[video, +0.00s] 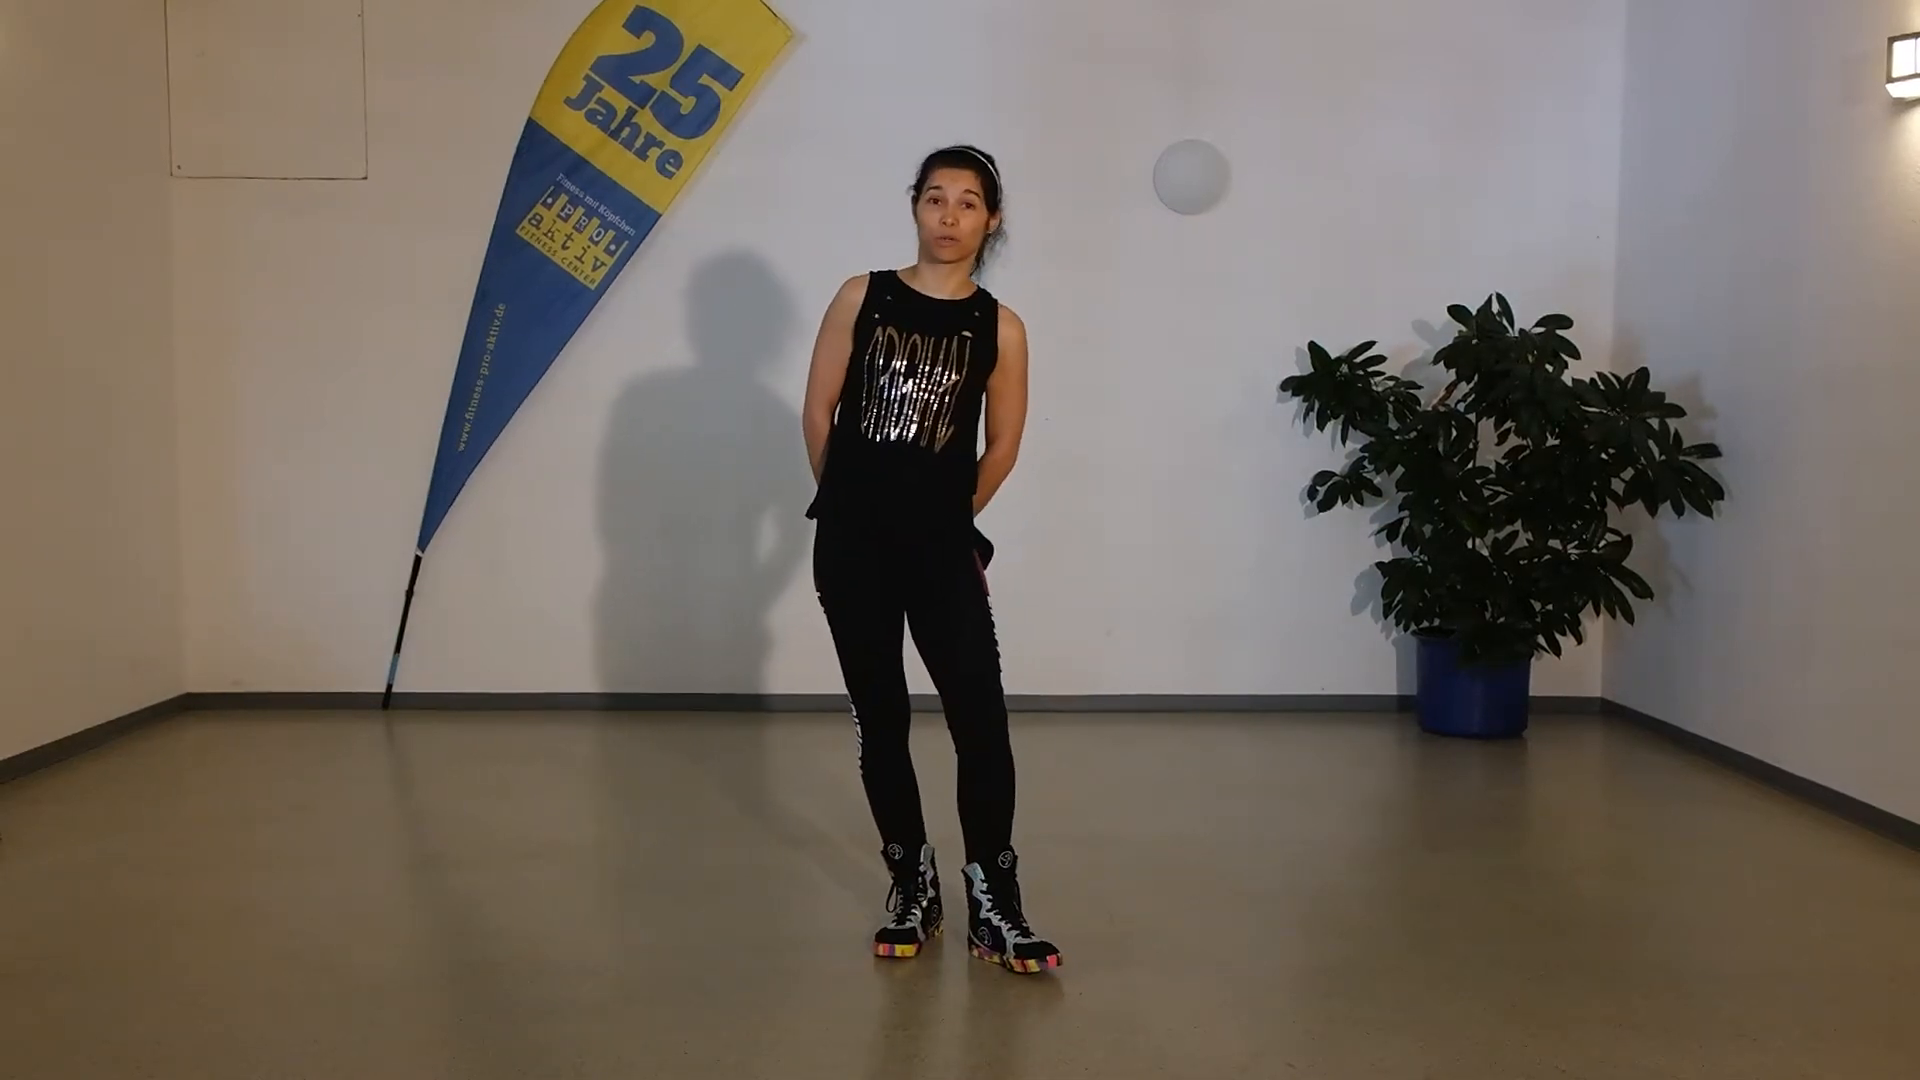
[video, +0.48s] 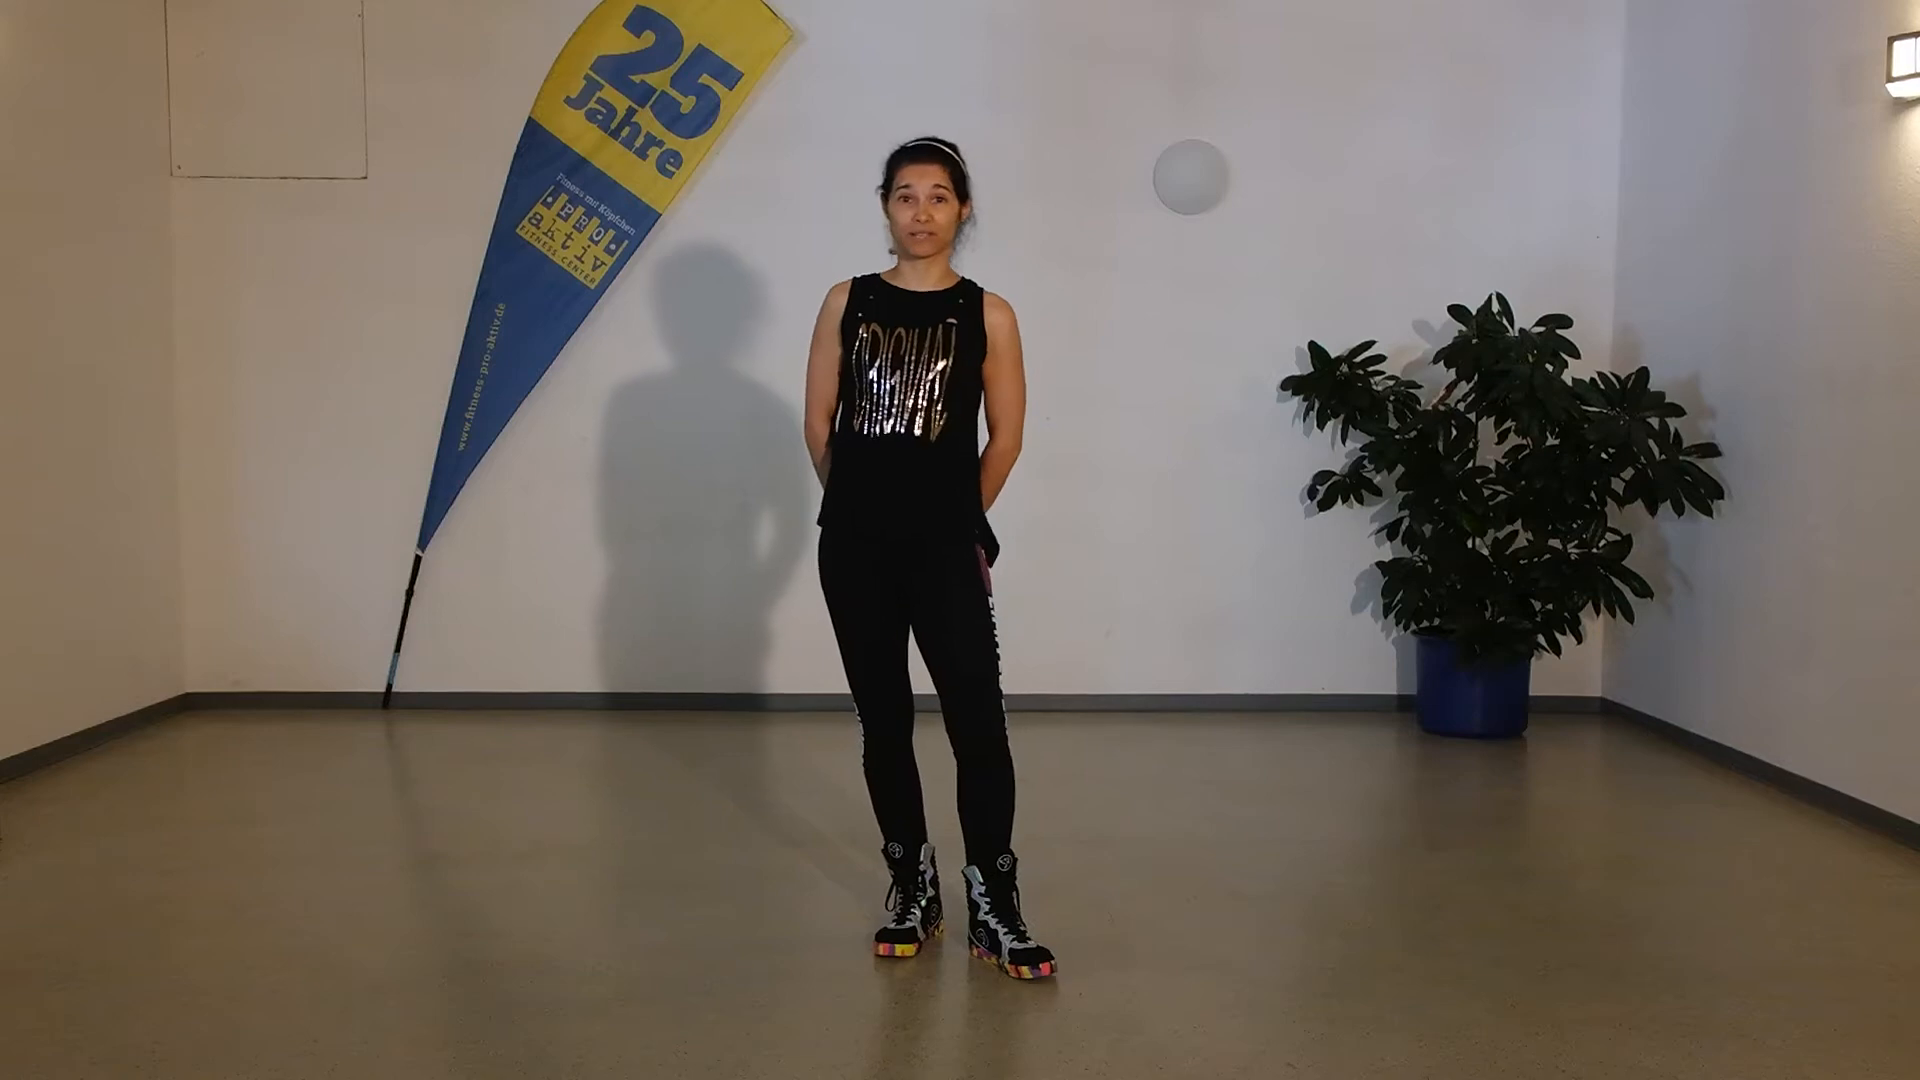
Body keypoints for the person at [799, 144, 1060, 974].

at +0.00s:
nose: (948, 213)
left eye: (966, 203)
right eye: (935, 198)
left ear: (989, 222)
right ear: (913, 211)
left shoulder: (1000, 327)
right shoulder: (860, 297)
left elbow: (1003, 445)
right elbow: (817, 411)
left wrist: (952, 515)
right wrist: (839, 498)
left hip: (944, 539)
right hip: (852, 534)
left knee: (980, 720)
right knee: (881, 720)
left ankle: (994, 903)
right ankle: (911, 889)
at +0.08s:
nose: (946, 212)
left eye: (964, 202)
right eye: (933, 198)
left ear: (988, 221)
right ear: (911, 211)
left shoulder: (999, 326)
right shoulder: (859, 296)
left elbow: (1003, 446)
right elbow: (815, 411)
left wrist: (950, 515)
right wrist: (838, 497)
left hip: (943, 539)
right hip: (851, 534)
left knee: (979, 720)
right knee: (880, 719)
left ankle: (993, 902)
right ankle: (911, 888)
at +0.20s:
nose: (941, 210)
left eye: (959, 199)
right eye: (927, 196)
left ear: (981, 218)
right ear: (905, 210)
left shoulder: (996, 324)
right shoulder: (856, 297)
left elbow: (1002, 445)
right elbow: (814, 415)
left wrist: (951, 516)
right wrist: (838, 498)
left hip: (942, 539)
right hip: (850, 533)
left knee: (979, 722)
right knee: (880, 721)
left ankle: (993, 904)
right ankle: (910, 886)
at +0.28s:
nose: (934, 211)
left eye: (952, 199)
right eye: (920, 197)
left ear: (976, 217)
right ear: (900, 210)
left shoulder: (994, 322)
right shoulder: (853, 298)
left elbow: (1002, 446)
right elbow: (815, 419)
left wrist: (951, 520)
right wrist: (842, 500)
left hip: (943, 542)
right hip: (851, 538)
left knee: (978, 725)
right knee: (881, 724)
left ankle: (993, 903)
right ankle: (910, 888)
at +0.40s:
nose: (926, 211)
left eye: (943, 198)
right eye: (911, 197)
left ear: (966, 215)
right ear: (891, 211)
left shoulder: (990, 317)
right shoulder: (849, 301)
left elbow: (1005, 439)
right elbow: (817, 426)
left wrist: (960, 521)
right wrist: (848, 503)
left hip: (946, 542)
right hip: (854, 539)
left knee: (978, 726)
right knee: (883, 725)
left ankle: (993, 907)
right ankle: (911, 893)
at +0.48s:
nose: (920, 208)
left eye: (937, 195)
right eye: (905, 195)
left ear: (961, 211)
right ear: (886, 209)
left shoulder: (989, 313)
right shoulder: (847, 301)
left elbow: (1007, 434)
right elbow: (818, 425)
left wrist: (964, 518)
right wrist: (851, 502)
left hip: (948, 539)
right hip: (855, 537)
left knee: (978, 723)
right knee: (884, 723)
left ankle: (994, 905)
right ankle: (911, 890)